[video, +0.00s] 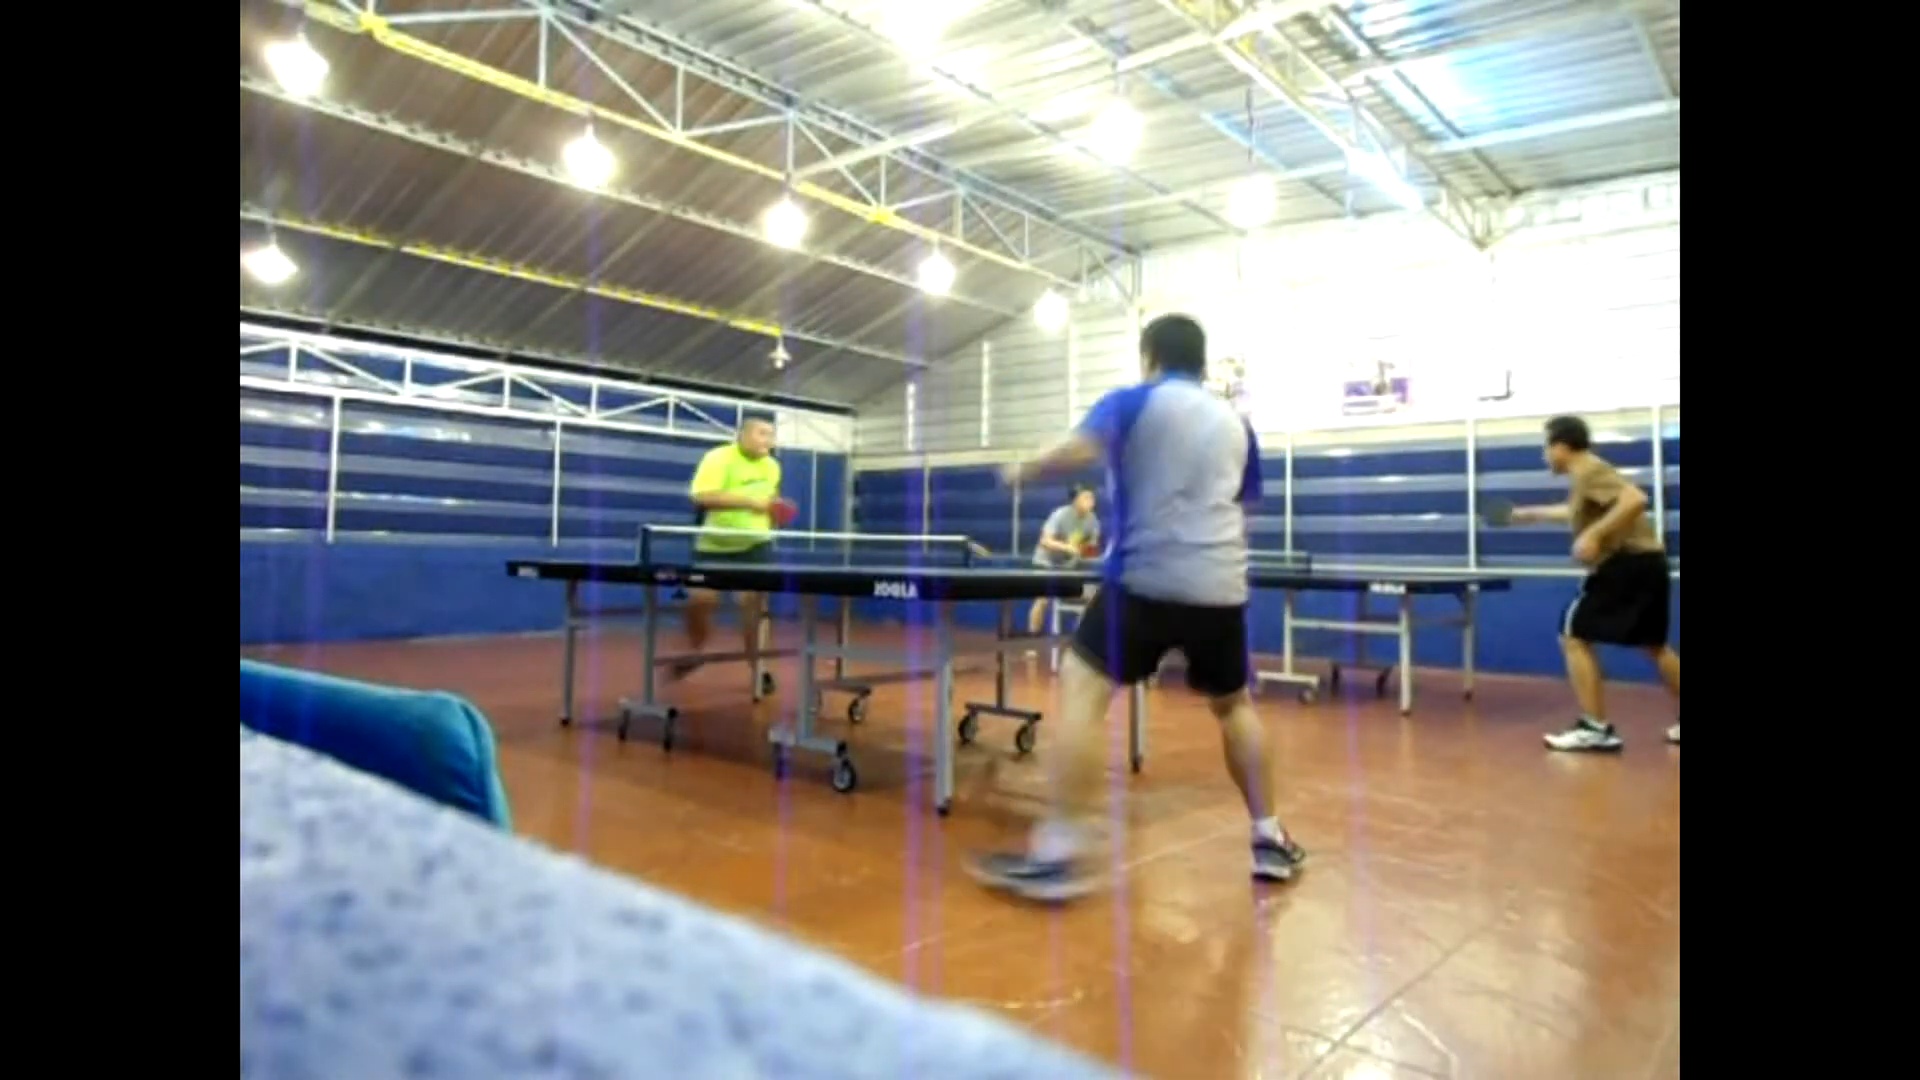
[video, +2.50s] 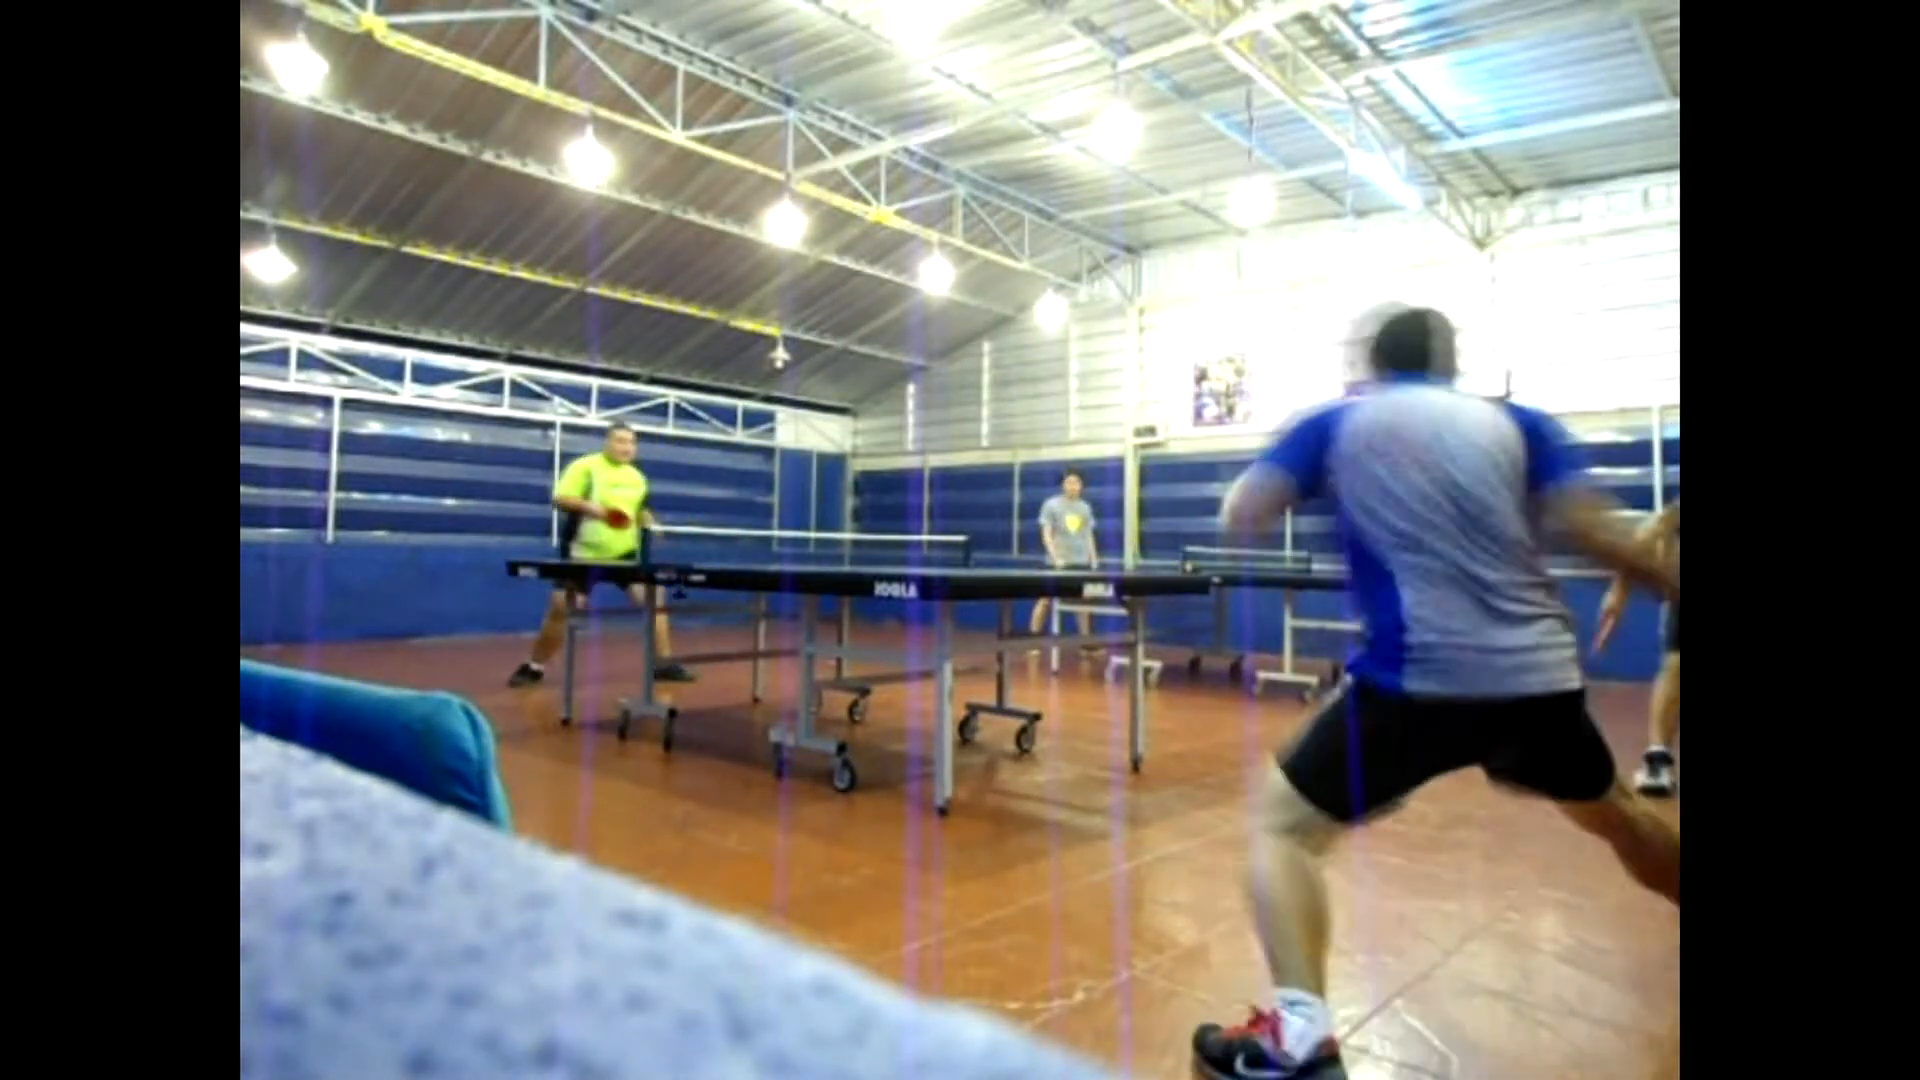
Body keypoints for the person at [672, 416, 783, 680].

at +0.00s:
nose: (767, 440)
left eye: (770, 435)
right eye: (761, 433)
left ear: (773, 440)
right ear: (743, 434)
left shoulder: (772, 467)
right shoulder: (718, 458)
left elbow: (767, 499)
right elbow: (701, 494)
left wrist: (777, 510)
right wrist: (751, 503)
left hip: (754, 543)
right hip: (714, 544)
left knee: (755, 604)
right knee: (700, 599)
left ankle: (760, 668)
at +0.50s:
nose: (689, 433)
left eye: (693, 427)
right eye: (683, 426)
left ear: (698, 430)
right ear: (669, 427)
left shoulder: (709, 460)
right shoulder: (645, 455)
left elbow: (719, 492)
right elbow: (627, 493)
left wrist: (710, 512)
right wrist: (654, 497)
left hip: (697, 539)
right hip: (655, 539)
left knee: (716, 598)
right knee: (633, 598)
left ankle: (719, 663)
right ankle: (618, 664)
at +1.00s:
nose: (667, 450)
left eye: (670, 444)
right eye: (661, 443)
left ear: (673, 447)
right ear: (645, 442)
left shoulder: (671, 467)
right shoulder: (621, 462)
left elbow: (664, 498)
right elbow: (638, 495)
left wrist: (687, 501)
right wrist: (680, 497)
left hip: (658, 544)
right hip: (620, 545)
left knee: (679, 600)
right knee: (618, 602)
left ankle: (695, 661)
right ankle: (600, 675)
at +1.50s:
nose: (658, 441)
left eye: (663, 436)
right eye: (652, 434)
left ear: (668, 439)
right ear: (639, 434)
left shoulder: (676, 470)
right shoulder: (615, 458)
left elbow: (687, 498)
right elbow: (581, 484)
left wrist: (685, 502)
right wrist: (608, 502)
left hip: (657, 545)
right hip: (614, 542)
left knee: (669, 600)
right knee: (591, 599)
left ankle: (664, 662)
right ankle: (560, 663)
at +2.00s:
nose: (639, 457)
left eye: (643, 451)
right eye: (632, 451)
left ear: (646, 455)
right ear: (617, 452)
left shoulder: (645, 481)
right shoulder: (610, 480)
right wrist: (686, 509)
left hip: (629, 562)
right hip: (591, 562)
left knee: (665, 598)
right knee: (575, 606)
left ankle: (663, 663)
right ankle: (538, 671)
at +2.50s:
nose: (626, 447)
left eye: (630, 442)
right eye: (620, 441)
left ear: (635, 447)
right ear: (607, 443)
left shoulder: (637, 478)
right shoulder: (585, 467)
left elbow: (638, 507)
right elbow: (562, 496)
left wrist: (649, 523)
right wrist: (600, 512)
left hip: (625, 558)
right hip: (585, 556)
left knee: (655, 598)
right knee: (559, 607)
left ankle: (663, 660)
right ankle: (534, 665)